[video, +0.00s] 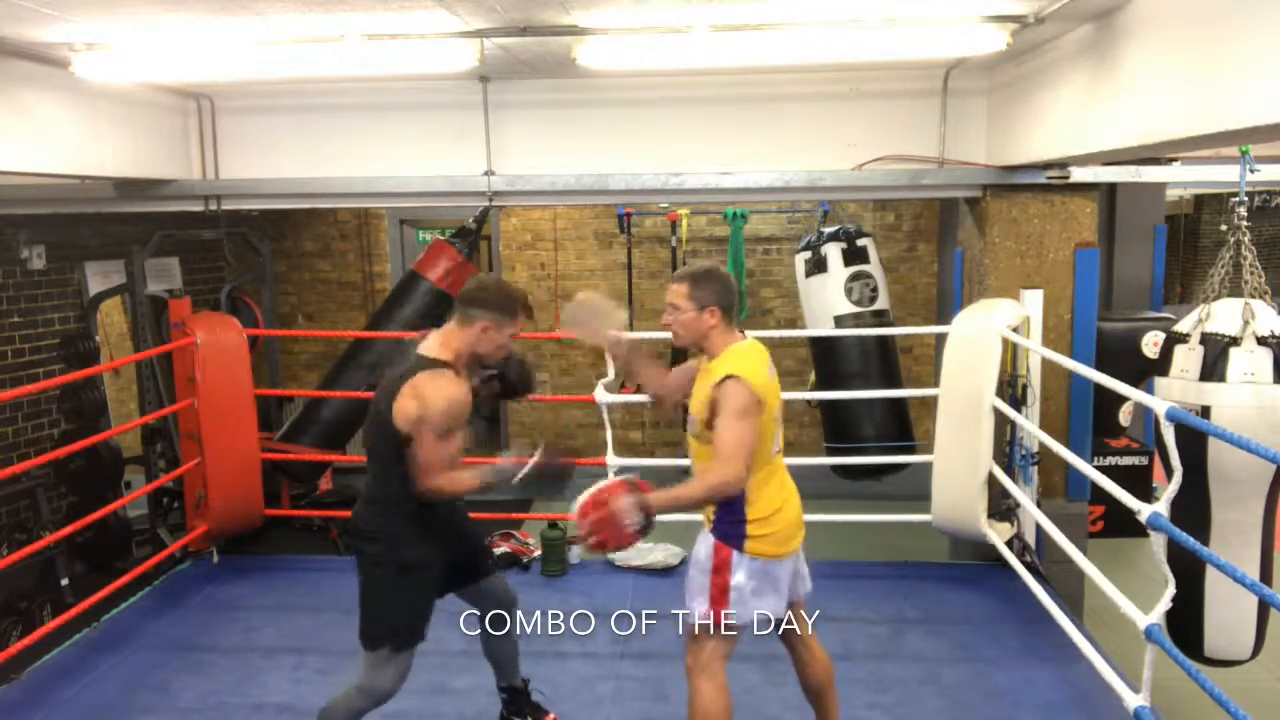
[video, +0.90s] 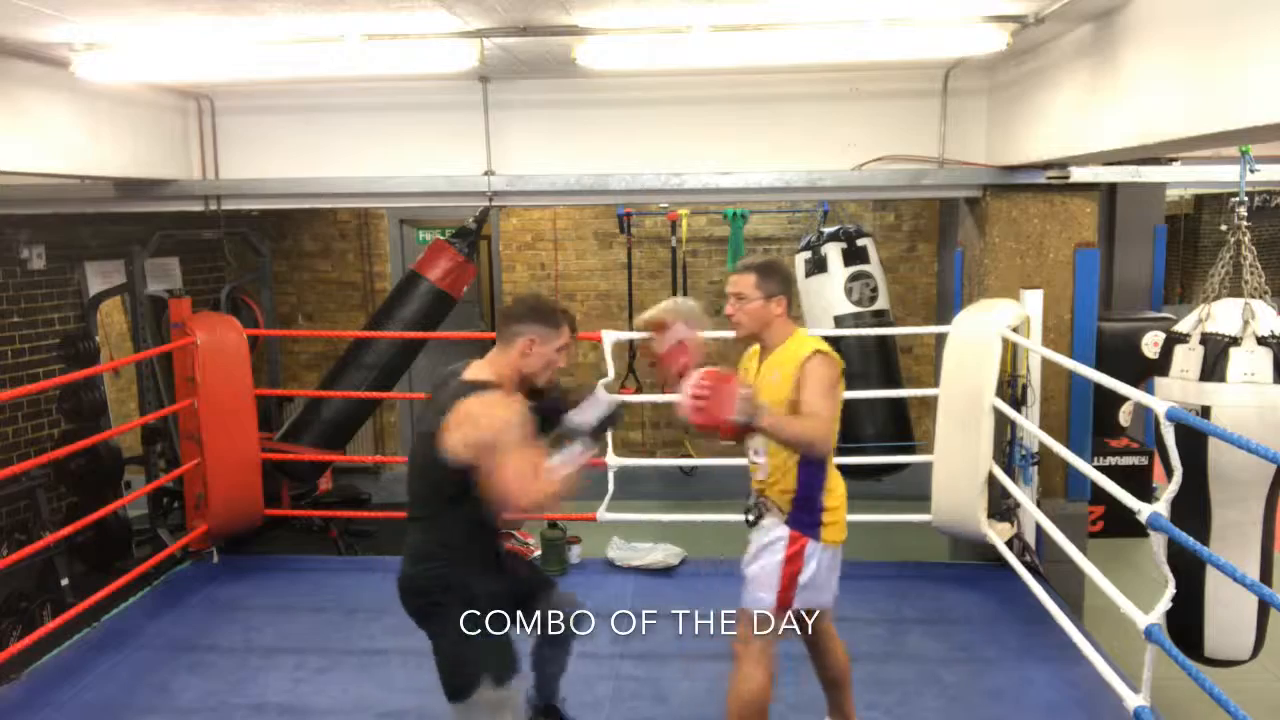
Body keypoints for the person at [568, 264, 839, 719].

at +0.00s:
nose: (666, 319)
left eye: (675, 309)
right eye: (666, 309)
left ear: (711, 316)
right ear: (713, 316)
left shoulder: (734, 379)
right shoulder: (738, 353)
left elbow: (729, 476)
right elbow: (665, 385)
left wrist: (646, 503)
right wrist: (621, 350)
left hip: (740, 534)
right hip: (776, 521)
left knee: (705, 662)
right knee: (797, 632)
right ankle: (830, 715)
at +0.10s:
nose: (677, 316)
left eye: (686, 306)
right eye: (678, 306)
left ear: (722, 312)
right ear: (724, 311)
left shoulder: (742, 372)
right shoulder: (758, 352)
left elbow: (727, 459)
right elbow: (687, 393)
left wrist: (647, 469)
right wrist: (645, 360)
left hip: (744, 534)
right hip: (782, 524)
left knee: (707, 661)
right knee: (797, 631)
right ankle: (830, 716)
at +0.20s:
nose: (687, 314)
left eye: (696, 304)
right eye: (687, 304)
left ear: (732, 310)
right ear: (737, 309)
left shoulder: (726, 369)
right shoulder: (784, 351)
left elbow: (668, 431)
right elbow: (741, 406)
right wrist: (696, 351)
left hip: (746, 532)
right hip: (794, 521)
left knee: (707, 656)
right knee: (800, 629)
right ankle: (833, 715)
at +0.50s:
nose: (689, 308)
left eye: (699, 298)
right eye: (690, 298)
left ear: (735, 306)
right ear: (738, 308)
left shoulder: (730, 353)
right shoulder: (778, 351)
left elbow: (662, 369)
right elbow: (746, 415)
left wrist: (589, 353)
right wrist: (680, 402)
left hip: (742, 532)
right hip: (788, 521)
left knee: (703, 659)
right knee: (797, 629)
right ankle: (830, 715)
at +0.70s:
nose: (707, 316)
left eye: (718, 306)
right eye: (709, 305)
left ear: (756, 316)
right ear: (759, 318)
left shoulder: (749, 356)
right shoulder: (797, 351)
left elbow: (662, 370)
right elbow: (749, 378)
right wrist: (704, 351)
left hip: (760, 534)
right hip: (804, 523)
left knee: (712, 658)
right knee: (806, 626)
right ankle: (842, 716)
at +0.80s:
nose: (719, 313)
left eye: (730, 303)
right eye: (719, 303)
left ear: (767, 309)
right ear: (764, 312)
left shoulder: (780, 359)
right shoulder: (786, 352)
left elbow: (764, 433)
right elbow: (747, 423)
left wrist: (692, 402)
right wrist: (697, 410)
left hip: (778, 528)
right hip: (806, 524)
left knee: (736, 655)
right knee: (813, 630)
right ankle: (843, 715)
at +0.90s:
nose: (728, 309)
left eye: (739, 299)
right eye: (728, 299)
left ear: (777, 306)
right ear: (767, 308)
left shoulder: (815, 360)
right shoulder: (753, 358)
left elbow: (820, 439)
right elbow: (745, 433)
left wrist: (757, 414)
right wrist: (695, 390)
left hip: (802, 524)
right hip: (776, 517)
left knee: (752, 644)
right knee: (816, 629)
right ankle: (843, 715)